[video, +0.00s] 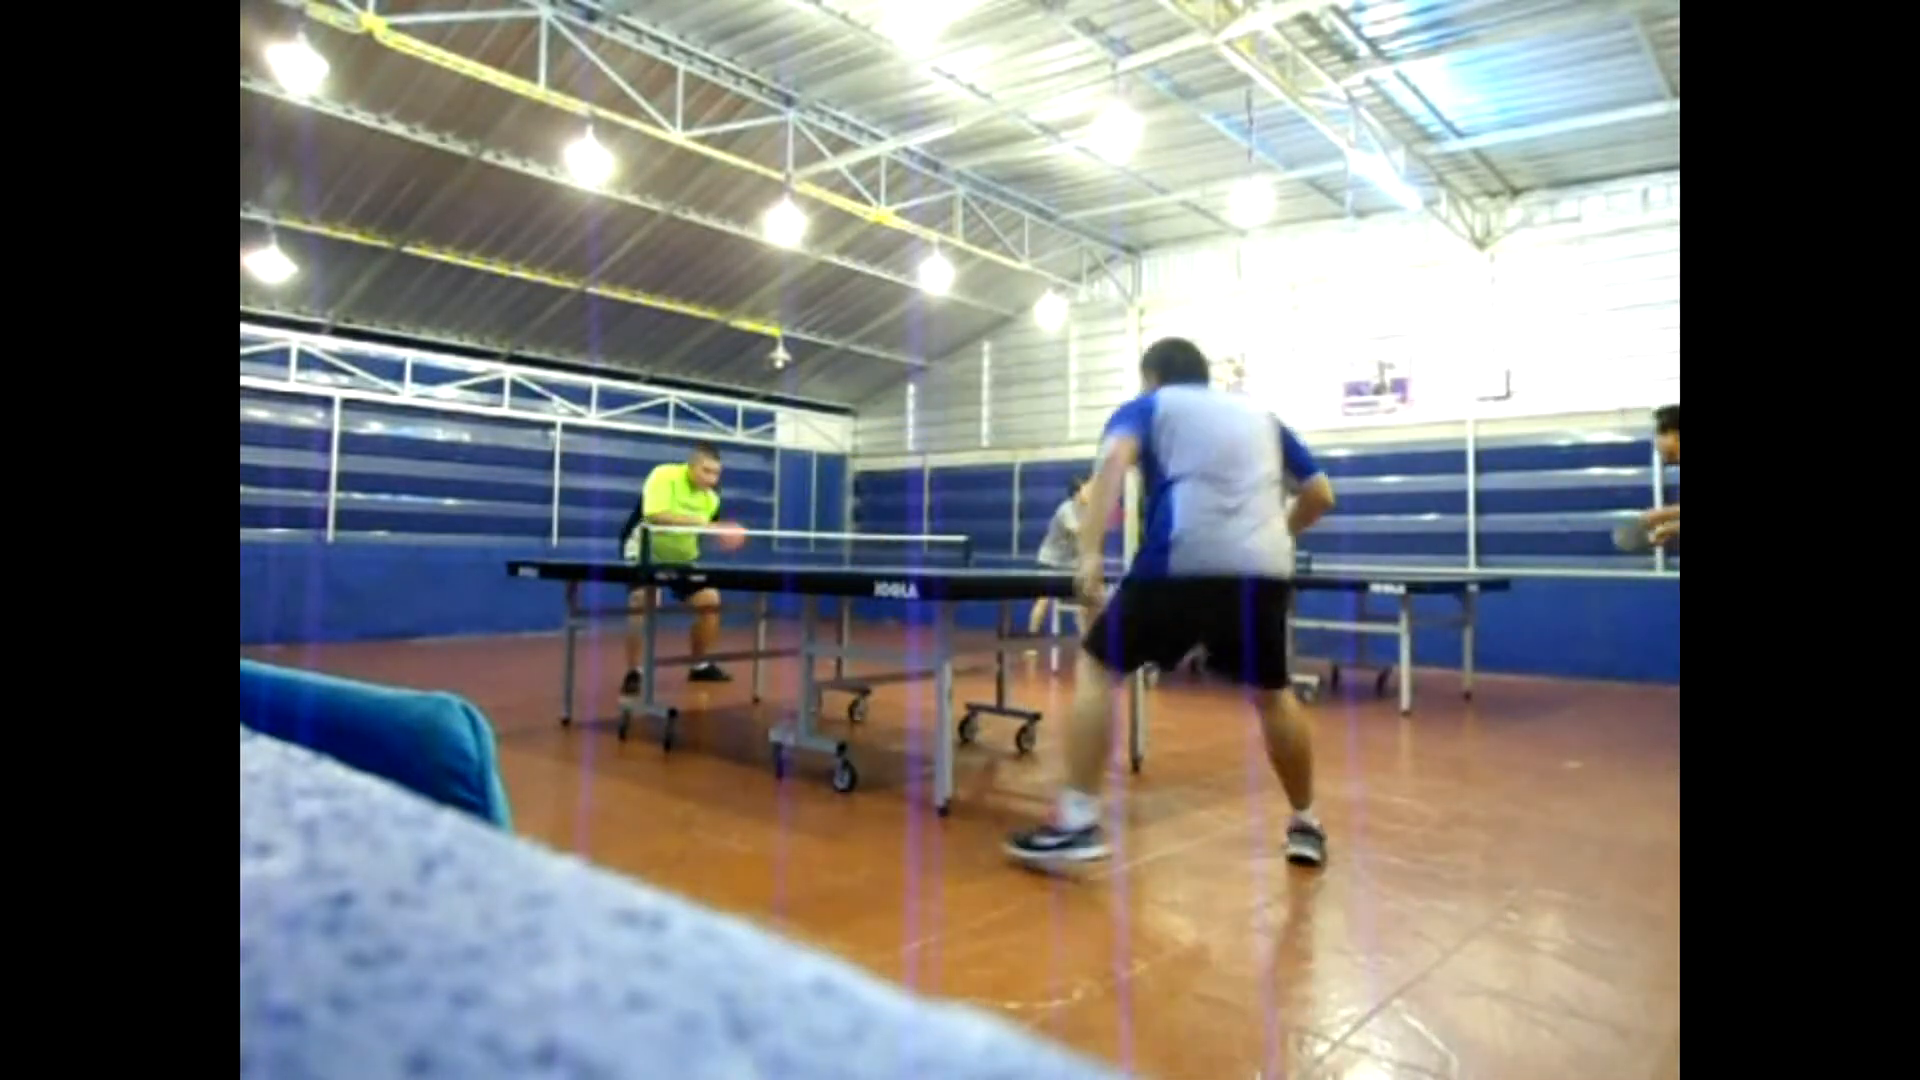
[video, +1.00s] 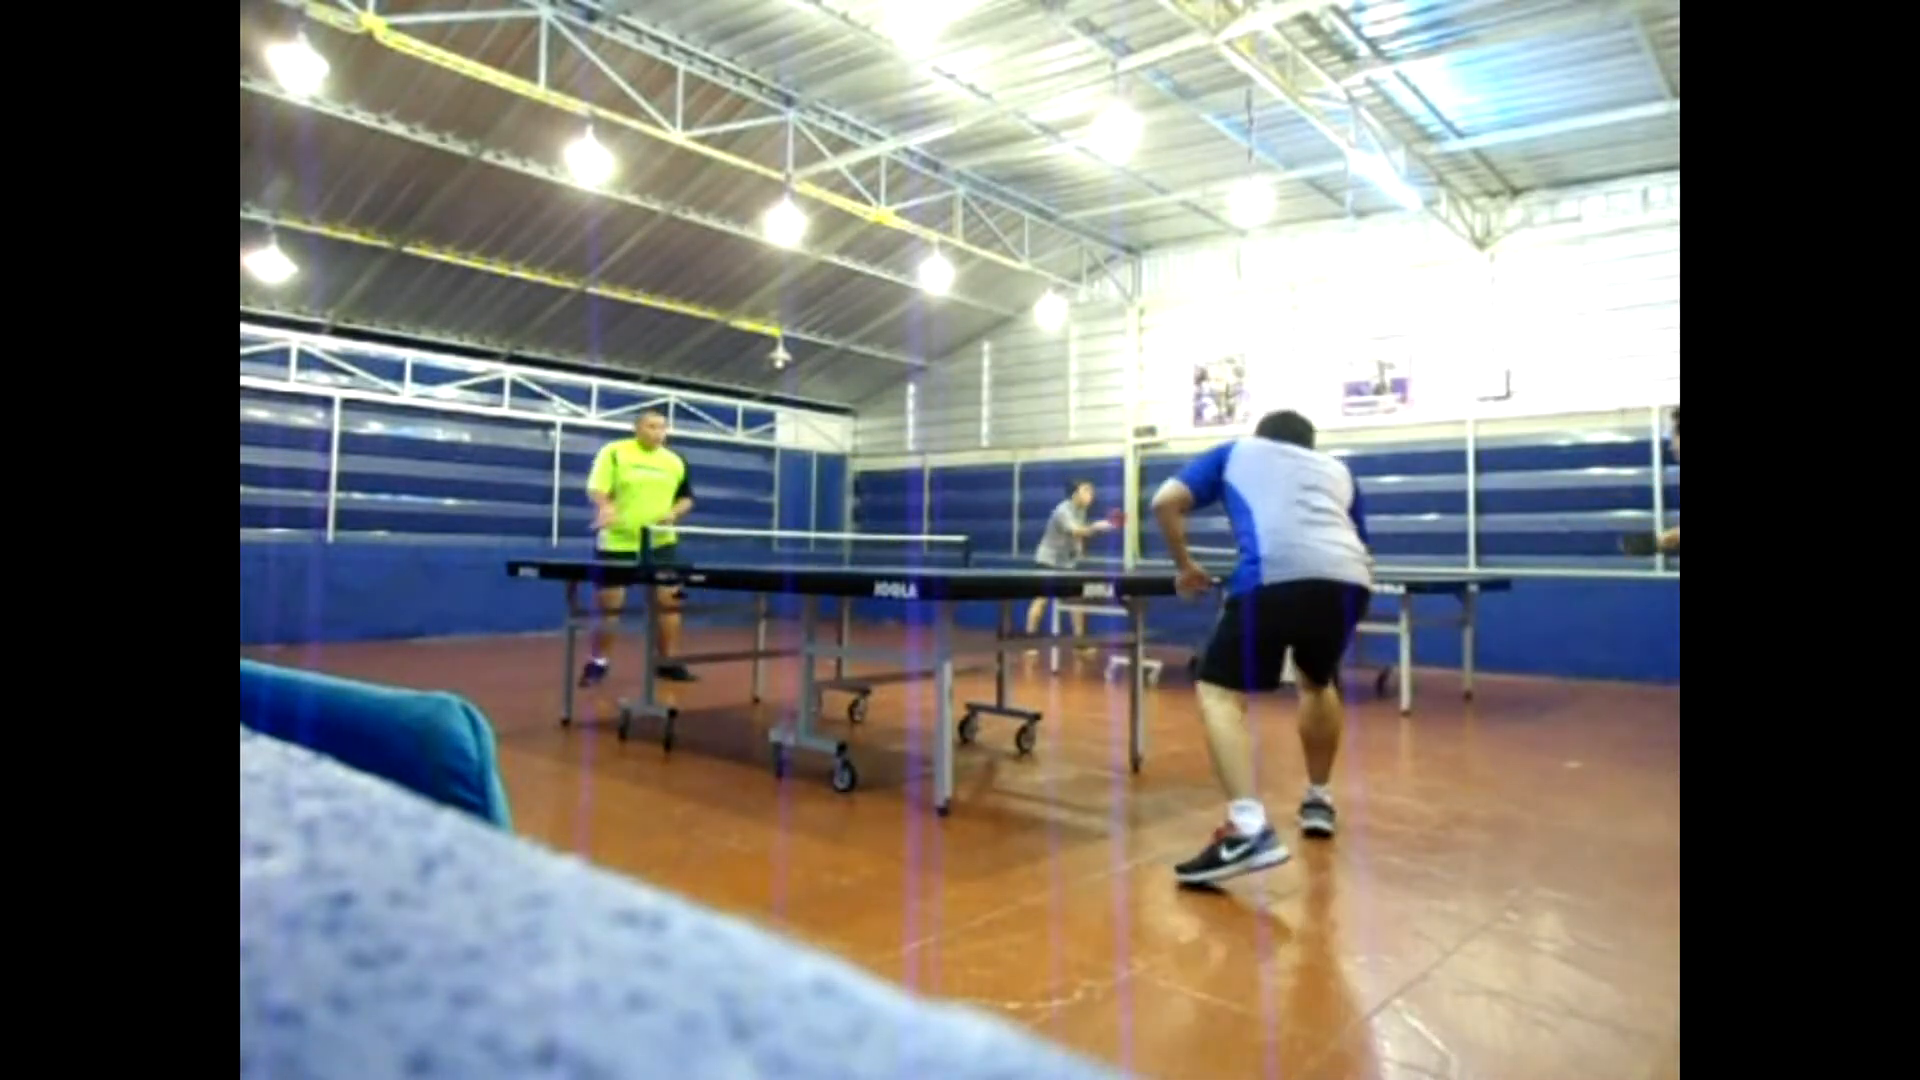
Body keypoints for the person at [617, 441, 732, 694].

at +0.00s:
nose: (712, 478)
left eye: (716, 473)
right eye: (707, 471)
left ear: (718, 473)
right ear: (691, 466)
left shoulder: (711, 499)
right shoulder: (663, 476)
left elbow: (704, 526)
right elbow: (654, 513)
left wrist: (724, 536)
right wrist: (699, 522)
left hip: (683, 556)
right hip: (648, 554)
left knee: (709, 601)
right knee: (642, 601)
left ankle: (701, 663)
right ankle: (634, 670)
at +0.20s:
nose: (716, 467)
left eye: (720, 462)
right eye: (710, 460)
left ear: (723, 466)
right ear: (696, 460)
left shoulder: (720, 499)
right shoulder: (670, 470)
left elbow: (721, 529)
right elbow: (628, 475)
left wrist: (743, 526)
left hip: (691, 563)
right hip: (652, 557)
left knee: (717, 605)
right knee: (647, 603)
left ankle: (701, 664)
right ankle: (634, 671)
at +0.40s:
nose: (714, 453)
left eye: (718, 447)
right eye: (709, 446)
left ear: (722, 452)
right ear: (694, 447)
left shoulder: (722, 487)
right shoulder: (668, 458)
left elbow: (721, 523)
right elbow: (625, 461)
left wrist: (742, 523)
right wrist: (576, 453)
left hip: (693, 554)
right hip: (654, 548)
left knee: (712, 605)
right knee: (641, 600)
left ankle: (701, 663)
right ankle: (629, 666)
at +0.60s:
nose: (699, 442)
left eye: (705, 438)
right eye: (695, 435)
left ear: (710, 444)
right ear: (682, 436)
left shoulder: (712, 478)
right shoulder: (656, 457)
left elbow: (717, 511)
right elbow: (620, 484)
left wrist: (715, 525)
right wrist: (588, 503)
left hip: (689, 545)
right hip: (647, 541)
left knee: (701, 599)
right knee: (627, 600)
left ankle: (701, 661)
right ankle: (606, 661)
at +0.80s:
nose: (677, 442)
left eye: (682, 436)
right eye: (672, 434)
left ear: (685, 442)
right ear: (657, 434)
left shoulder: (688, 474)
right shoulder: (629, 460)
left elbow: (694, 506)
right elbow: (606, 497)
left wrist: (690, 523)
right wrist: (615, 527)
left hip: (671, 548)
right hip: (630, 547)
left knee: (686, 601)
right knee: (617, 606)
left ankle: (699, 661)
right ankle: (603, 664)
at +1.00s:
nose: (656, 433)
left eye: (661, 427)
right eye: (651, 426)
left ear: (666, 430)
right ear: (637, 427)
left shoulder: (675, 462)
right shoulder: (613, 453)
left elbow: (686, 497)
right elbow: (597, 487)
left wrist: (673, 513)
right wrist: (606, 509)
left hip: (661, 540)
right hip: (619, 540)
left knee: (669, 600)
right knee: (610, 603)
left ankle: (668, 659)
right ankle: (599, 660)